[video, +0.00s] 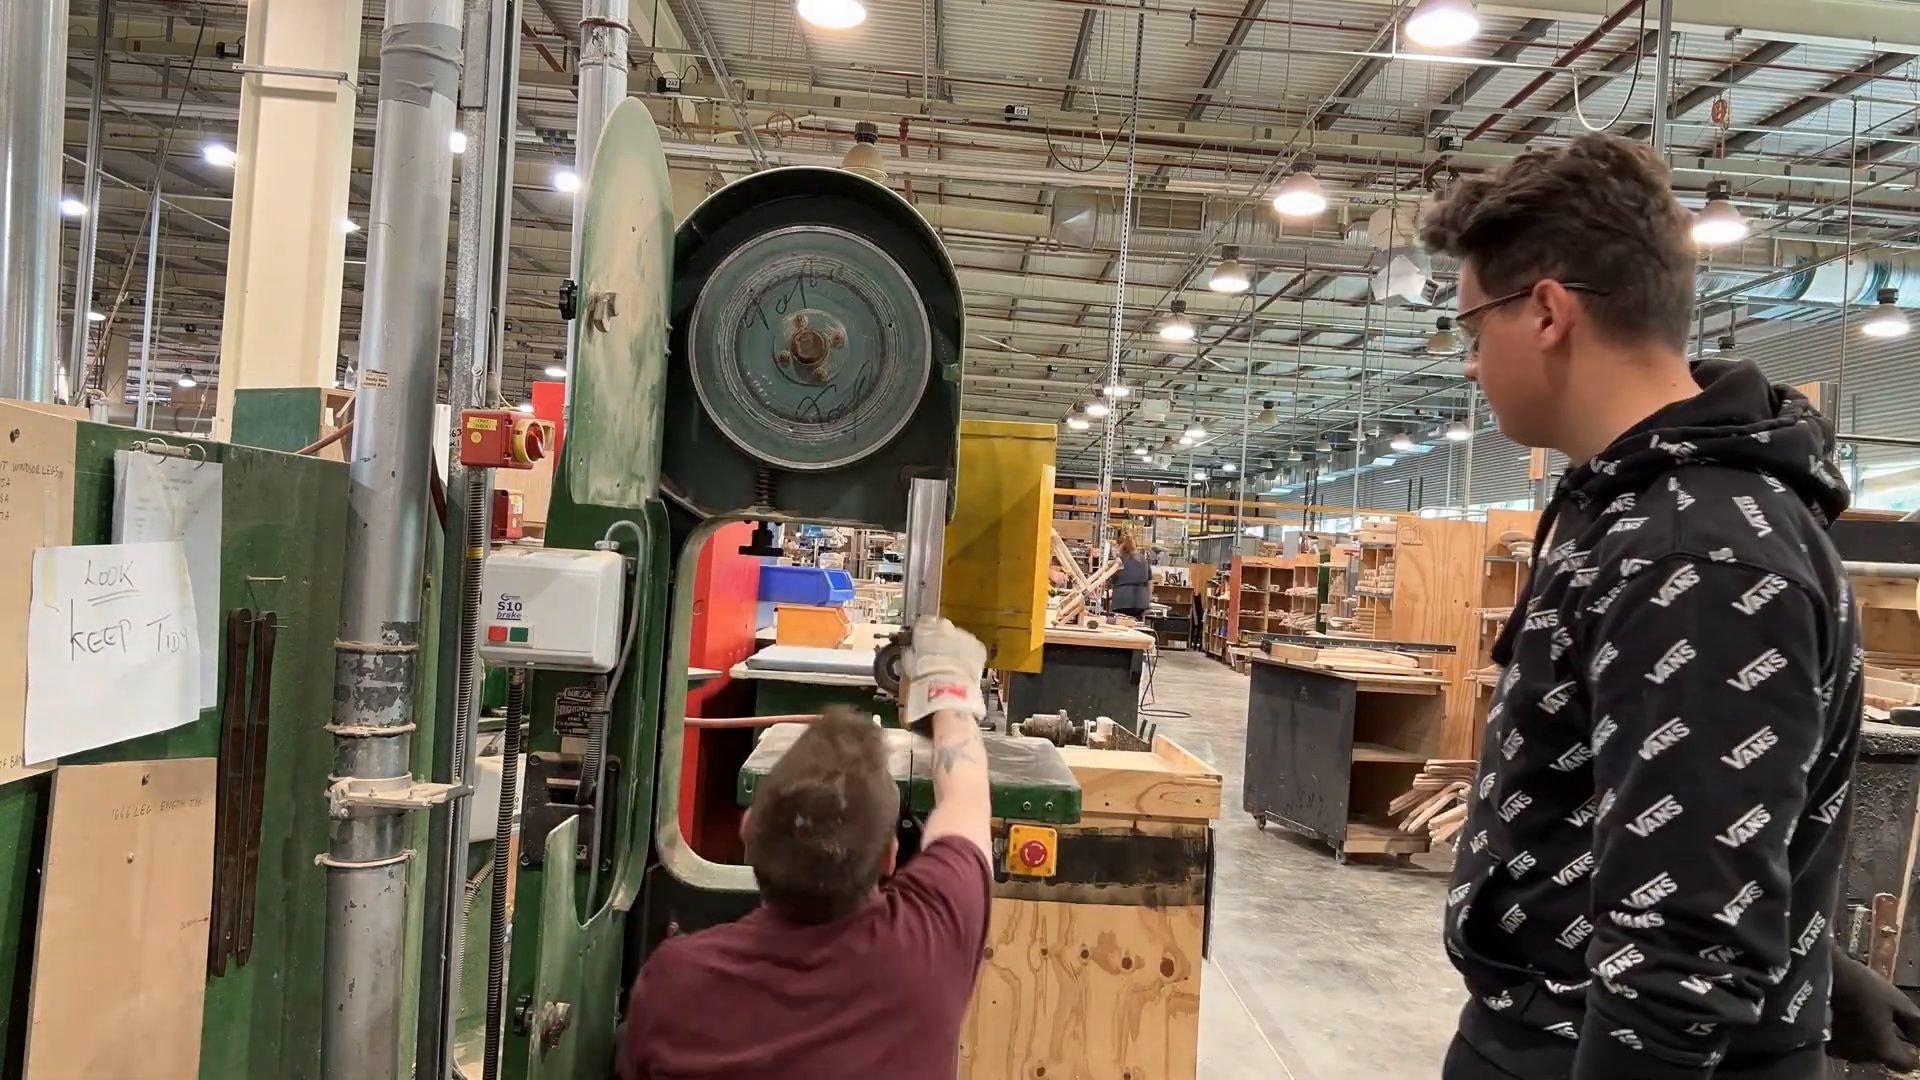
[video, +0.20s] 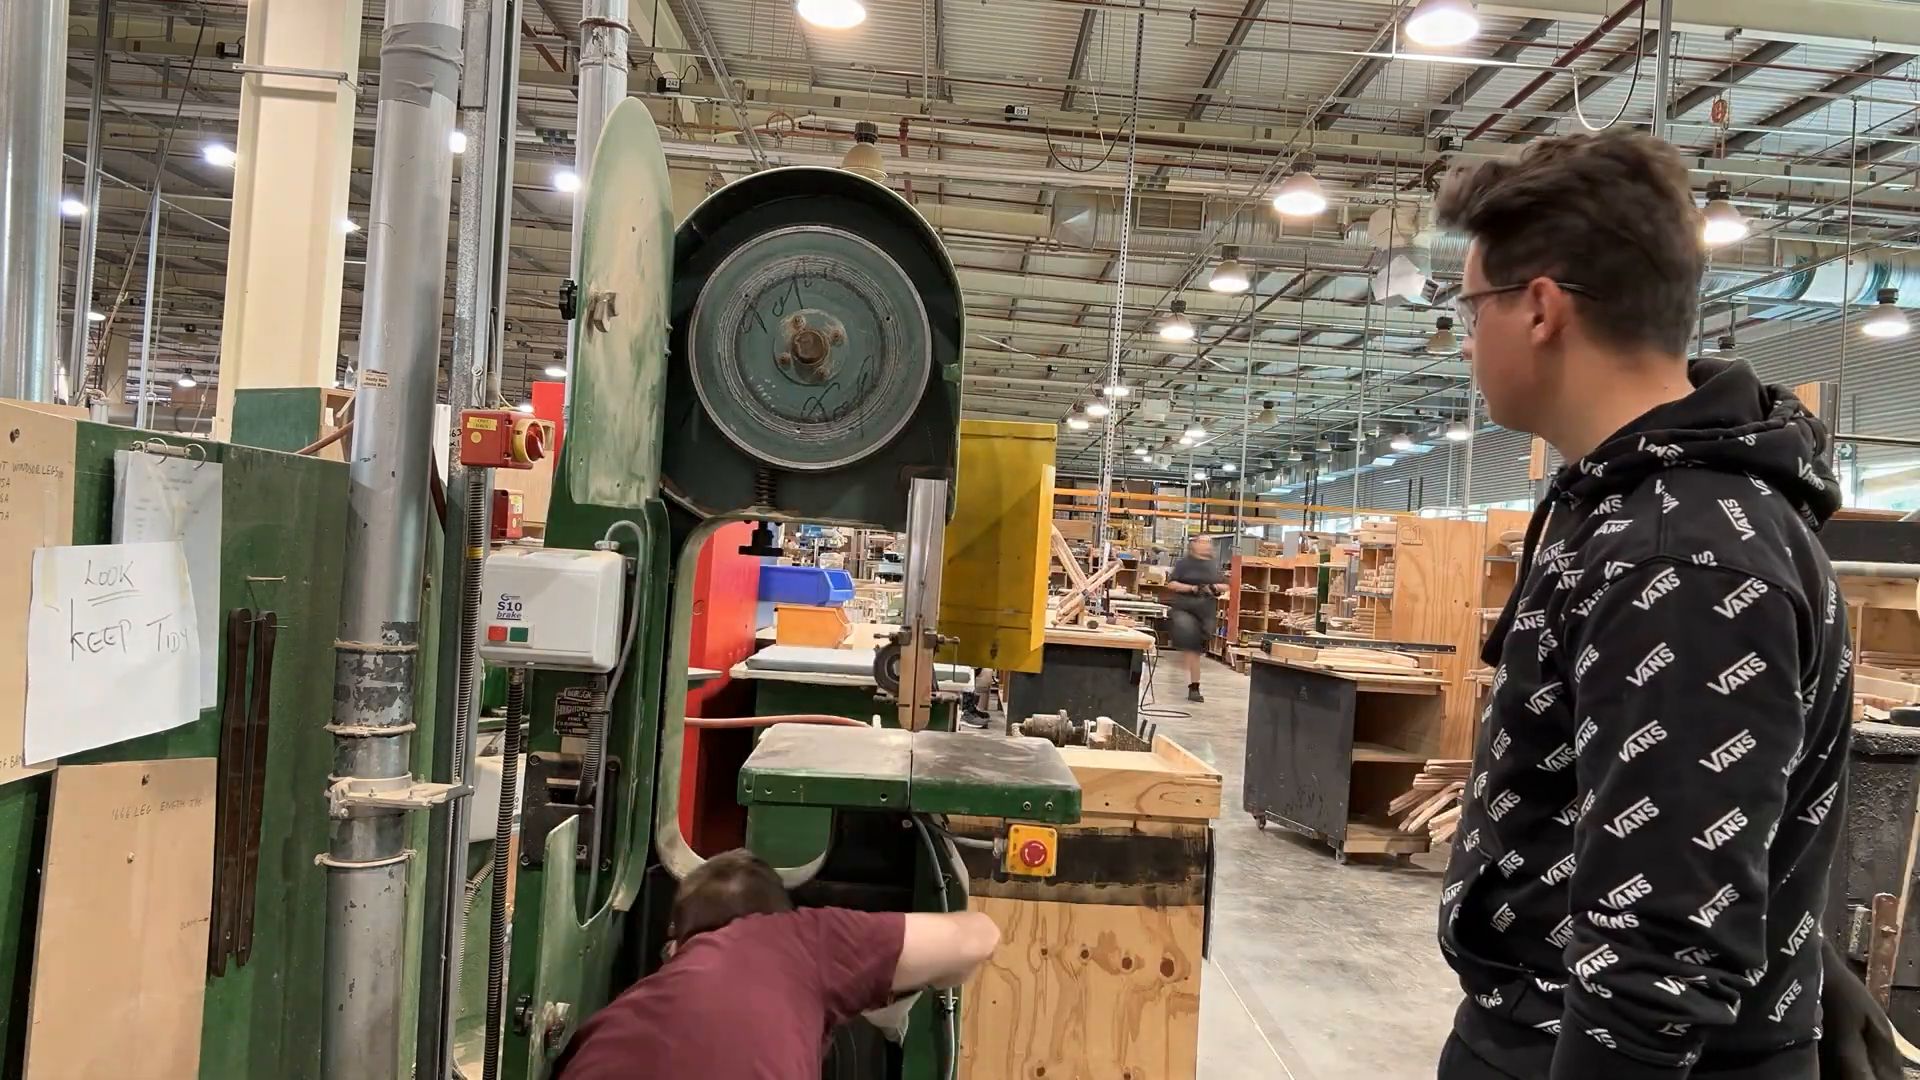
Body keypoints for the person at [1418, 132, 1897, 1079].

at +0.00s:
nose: (1470, 364)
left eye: (1475, 326)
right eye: (1467, 332)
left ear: (1549, 314)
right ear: (1554, 315)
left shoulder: (1702, 545)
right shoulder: (1634, 512)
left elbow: (1679, 972)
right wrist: (1820, 971)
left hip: (1592, 1046)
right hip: (1539, 1025)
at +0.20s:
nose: (1467, 345)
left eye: (1472, 309)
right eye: (1465, 312)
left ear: (1543, 309)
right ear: (1661, 302)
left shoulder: (1688, 548)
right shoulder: (1626, 512)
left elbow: (1654, 975)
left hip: (1580, 1049)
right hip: (1535, 1026)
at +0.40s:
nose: (1320, 305)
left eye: (1328, 276)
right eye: (1322, 276)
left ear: (1387, 286)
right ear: (1491, 291)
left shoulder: (1418, 504)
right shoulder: (1550, 475)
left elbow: (1358, 868)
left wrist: (1267, 1067)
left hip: (1435, 1025)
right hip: (1543, 990)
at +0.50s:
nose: (1314, 302)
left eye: (1322, 270)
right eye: (1316, 271)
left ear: (1378, 278)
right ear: (1485, 286)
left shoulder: (1414, 496)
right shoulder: (1545, 467)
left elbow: (1367, 859)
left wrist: (1285, 1070)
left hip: (1444, 1028)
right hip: (1550, 1001)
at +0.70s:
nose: (1451, 337)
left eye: (1459, 295)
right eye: (1451, 301)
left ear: (1537, 283)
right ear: (1657, 288)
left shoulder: (1581, 531)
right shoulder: (1780, 497)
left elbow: (1517, 945)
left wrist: (1454, 1056)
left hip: (1598, 1043)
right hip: (1756, 1030)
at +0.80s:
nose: (1418, 393)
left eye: (1408, 349)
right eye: (1402, 358)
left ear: (1471, 310)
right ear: (1589, 297)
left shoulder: (1550, 542)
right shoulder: (1775, 493)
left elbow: (1517, 962)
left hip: (1621, 1042)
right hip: (1789, 1031)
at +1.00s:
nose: (1264, 376)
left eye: (1256, 340)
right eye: (1252, 347)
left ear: (1312, 314)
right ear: (1418, 295)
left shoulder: (1375, 497)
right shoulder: (1577, 476)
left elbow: (1456, 837)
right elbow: (1652, 733)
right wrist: (1682, 923)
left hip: (1394, 1036)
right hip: (1567, 1031)